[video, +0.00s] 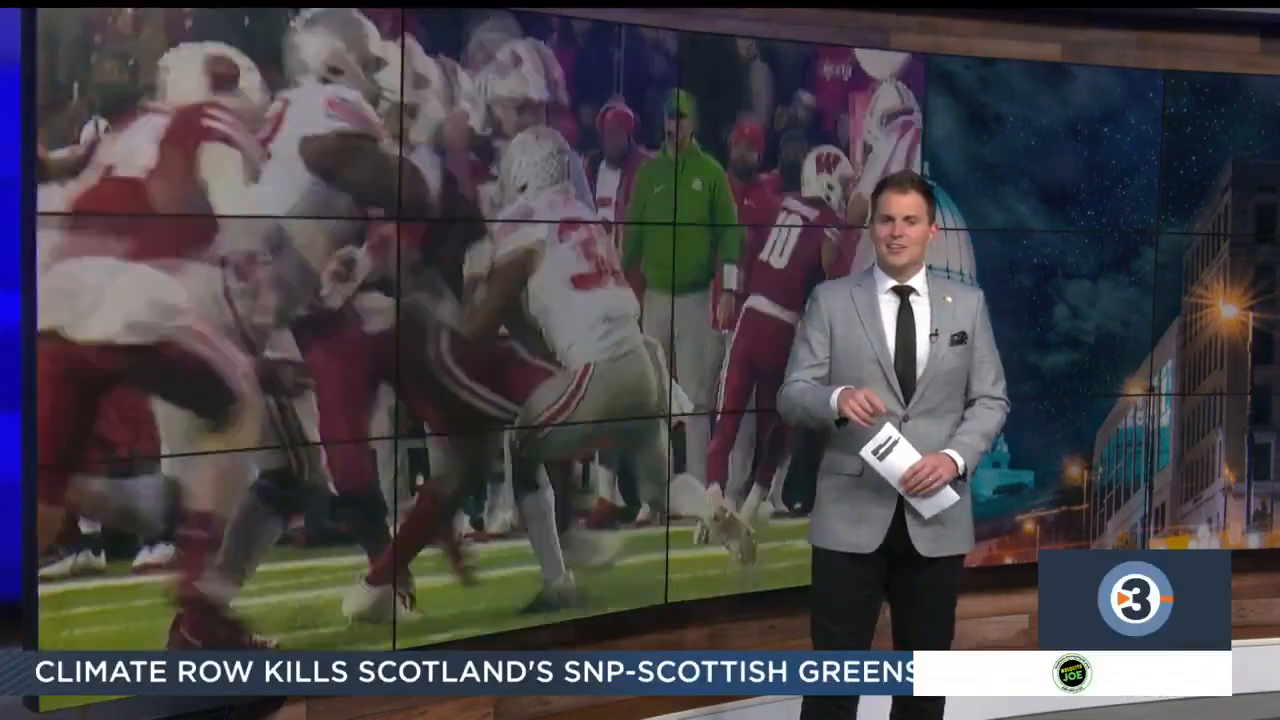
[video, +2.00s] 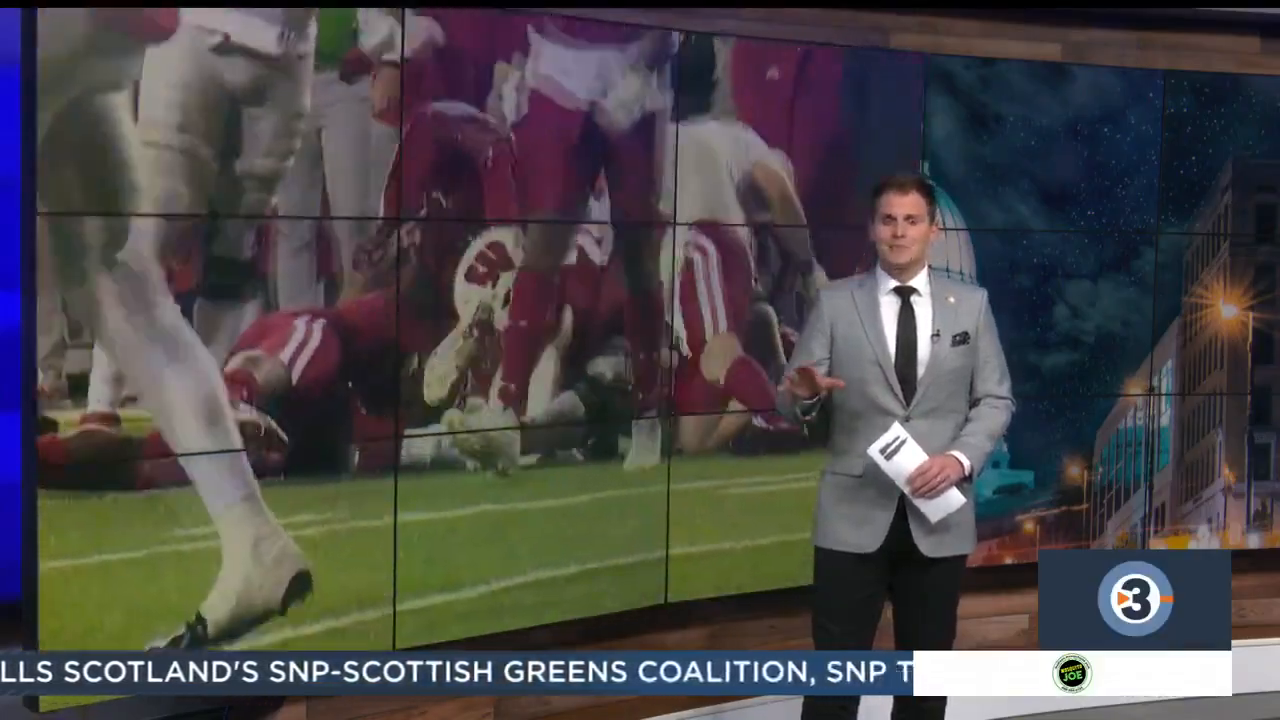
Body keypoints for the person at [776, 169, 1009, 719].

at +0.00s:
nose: (895, 231)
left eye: (909, 220)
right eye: (885, 220)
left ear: (932, 230)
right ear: (871, 228)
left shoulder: (966, 302)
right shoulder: (830, 300)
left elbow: (990, 400)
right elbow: (793, 394)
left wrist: (954, 457)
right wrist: (835, 399)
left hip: (935, 515)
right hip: (849, 513)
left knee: (927, 675)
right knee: (834, 672)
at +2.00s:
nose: (897, 231)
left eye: (911, 220)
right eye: (887, 220)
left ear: (932, 230)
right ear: (873, 229)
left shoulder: (970, 303)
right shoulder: (835, 301)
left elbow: (994, 401)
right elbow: (792, 407)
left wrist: (960, 457)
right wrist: (798, 394)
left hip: (937, 514)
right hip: (852, 512)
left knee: (929, 673)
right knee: (835, 671)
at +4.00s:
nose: (893, 228)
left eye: (905, 217)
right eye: (881, 217)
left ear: (923, 228)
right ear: (863, 230)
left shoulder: (962, 303)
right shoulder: (825, 301)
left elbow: (977, 402)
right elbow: (794, 389)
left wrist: (918, 439)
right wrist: (808, 411)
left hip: (922, 510)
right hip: (837, 509)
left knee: (919, 667)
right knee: (825, 666)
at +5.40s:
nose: (886, 232)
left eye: (898, 221)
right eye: (875, 221)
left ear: (919, 228)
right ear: (860, 230)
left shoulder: (961, 303)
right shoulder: (823, 302)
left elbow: (978, 401)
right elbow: (793, 394)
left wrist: (930, 441)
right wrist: (822, 416)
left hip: (926, 513)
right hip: (840, 512)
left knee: (921, 673)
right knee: (826, 673)